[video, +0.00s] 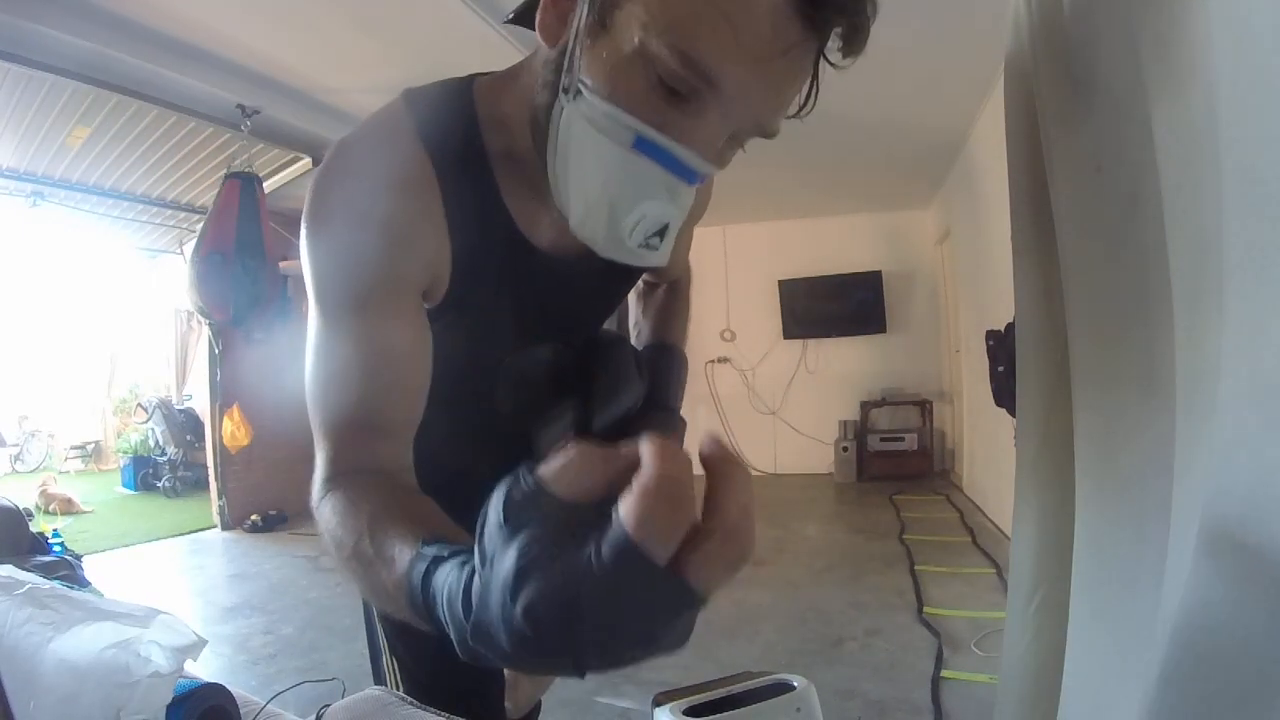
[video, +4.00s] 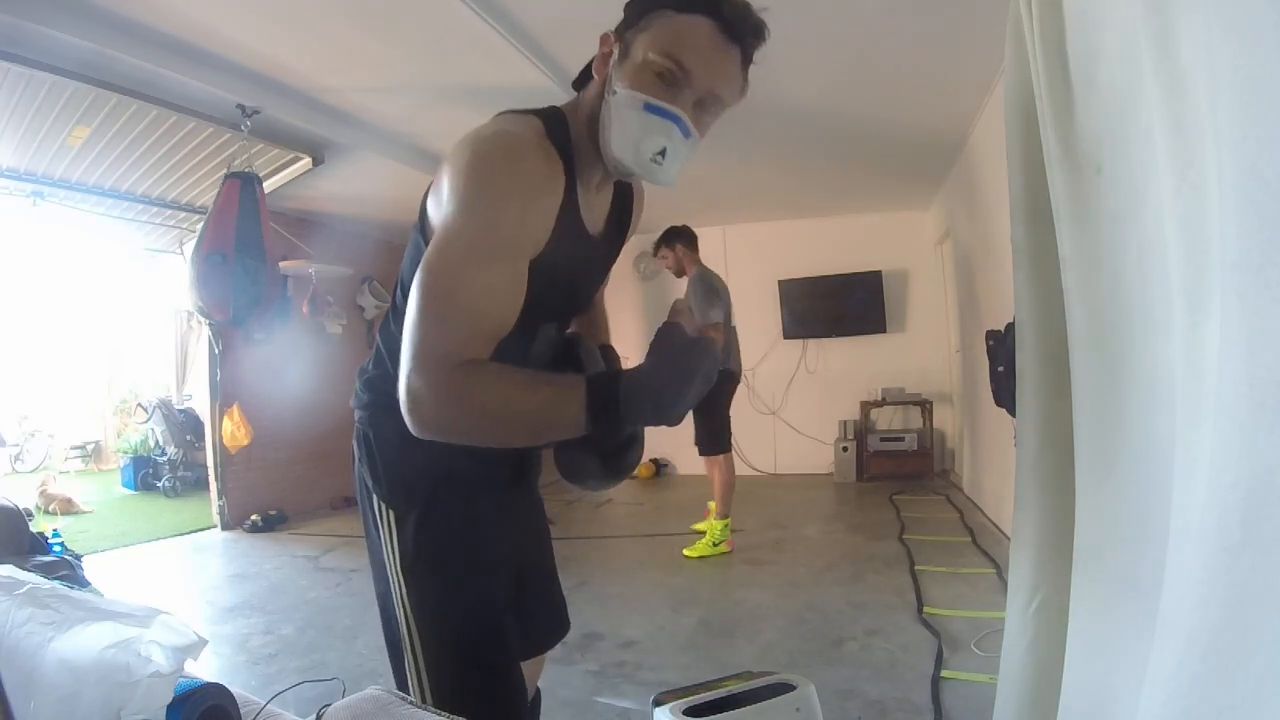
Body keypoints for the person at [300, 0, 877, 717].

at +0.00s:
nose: (695, 164)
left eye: (744, 137)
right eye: (673, 87)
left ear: (768, 124)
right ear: (563, 14)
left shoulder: (668, 179)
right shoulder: (387, 178)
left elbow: (663, 279)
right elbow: (355, 475)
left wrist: (652, 417)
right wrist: (465, 594)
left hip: (560, 516)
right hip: (425, 523)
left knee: (532, 677)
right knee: (463, 699)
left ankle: (518, 707)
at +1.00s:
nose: (685, 151)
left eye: (731, 127)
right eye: (663, 91)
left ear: (763, 112)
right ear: (585, 32)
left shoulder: (645, 180)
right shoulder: (443, 167)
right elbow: (370, 456)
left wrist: (643, 409)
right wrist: (517, 516)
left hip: (533, 466)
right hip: (417, 479)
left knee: (539, 653)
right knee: (458, 700)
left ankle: (512, 710)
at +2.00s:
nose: (701, 132)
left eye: (737, 114)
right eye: (678, 82)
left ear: (755, 113)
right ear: (616, 52)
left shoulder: (661, 204)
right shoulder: (503, 171)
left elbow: (627, 348)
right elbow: (430, 416)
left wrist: (635, 438)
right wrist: (574, 403)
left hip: (539, 452)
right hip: (449, 461)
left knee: (551, 642)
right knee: (481, 695)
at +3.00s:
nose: (726, 164)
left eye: (751, 150)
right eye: (718, 126)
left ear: (764, 154)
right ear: (651, 79)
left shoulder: (627, 184)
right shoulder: (559, 176)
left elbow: (565, 339)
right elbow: (466, 415)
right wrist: (655, 400)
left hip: (499, 449)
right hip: (436, 459)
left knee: (526, 645)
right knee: (494, 701)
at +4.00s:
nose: (679, 116)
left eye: (707, 107)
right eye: (666, 76)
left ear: (719, 120)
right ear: (608, 54)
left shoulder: (622, 195)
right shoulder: (506, 158)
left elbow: (583, 300)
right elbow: (433, 398)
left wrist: (603, 405)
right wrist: (636, 395)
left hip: (504, 434)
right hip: (421, 444)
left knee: (531, 636)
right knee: (480, 695)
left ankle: (521, 708)